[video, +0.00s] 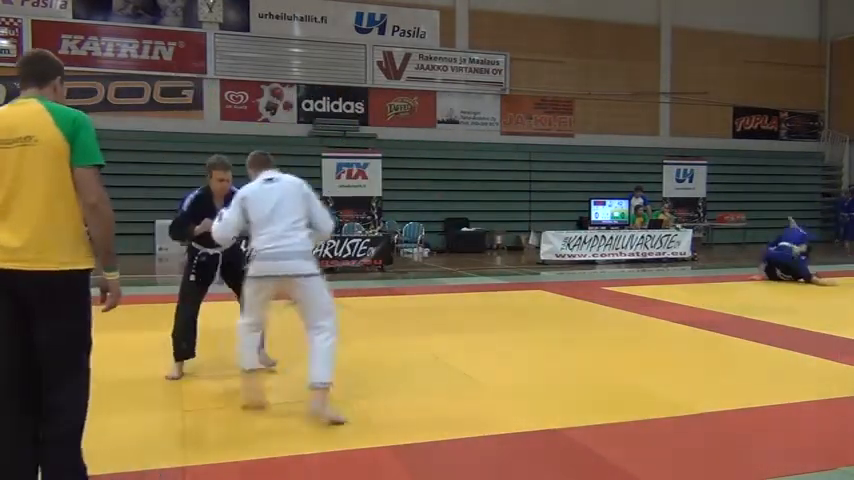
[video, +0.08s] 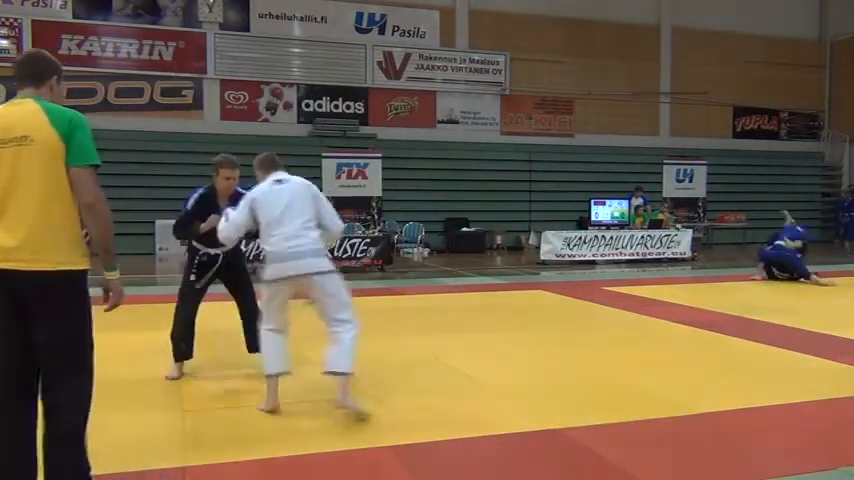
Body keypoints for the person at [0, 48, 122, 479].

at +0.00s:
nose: (65, 92)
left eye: (64, 87)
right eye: (64, 86)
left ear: (19, 84)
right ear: (57, 84)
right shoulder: (71, 121)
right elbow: (93, 199)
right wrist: (108, 269)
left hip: (5, 277)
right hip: (58, 278)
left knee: (13, 387)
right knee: (64, 388)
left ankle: (17, 469)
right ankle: (63, 471)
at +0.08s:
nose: (64, 92)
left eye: (63, 86)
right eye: (63, 85)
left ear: (18, 83)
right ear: (54, 83)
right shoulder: (67, 121)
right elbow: (90, 200)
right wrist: (110, 269)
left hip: (5, 280)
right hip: (56, 280)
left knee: (12, 398)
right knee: (66, 398)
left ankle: (15, 472)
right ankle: (68, 474)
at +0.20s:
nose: (62, 93)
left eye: (62, 88)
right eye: (61, 87)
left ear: (13, 84)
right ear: (50, 84)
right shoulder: (60, 120)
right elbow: (86, 199)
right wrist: (108, 267)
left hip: (4, 276)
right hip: (52, 274)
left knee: (12, 382)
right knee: (78, 374)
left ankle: (14, 472)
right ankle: (75, 473)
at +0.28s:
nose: (61, 93)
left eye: (61, 88)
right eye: (60, 87)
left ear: (11, 84)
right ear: (49, 84)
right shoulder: (59, 120)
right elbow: (84, 200)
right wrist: (105, 267)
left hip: (5, 279)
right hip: (53, 276)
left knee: (12, 386)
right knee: (79, 377)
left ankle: (15, 473)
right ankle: (80, 474)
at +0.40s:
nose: (61, 93)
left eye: (61, 87)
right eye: (60, 86)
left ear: (11, 84)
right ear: (49, 84)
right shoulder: (61, 121)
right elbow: (84, 201)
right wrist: (102, 268)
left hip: (5, 278)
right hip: (55, 276)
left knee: (11, 389)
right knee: (81, 380)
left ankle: (14, 473)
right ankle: (91, 473)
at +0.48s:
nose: (64, 93)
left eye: (64, 87)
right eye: (63, 86)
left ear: (13, 84)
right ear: (52, 83)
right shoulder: (63, 121)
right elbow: (85, 201)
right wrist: (101, 270)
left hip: (6, 279)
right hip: (56, 277)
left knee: (11, 390)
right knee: (81, 383)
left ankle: (15, 473)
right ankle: (97, 474)